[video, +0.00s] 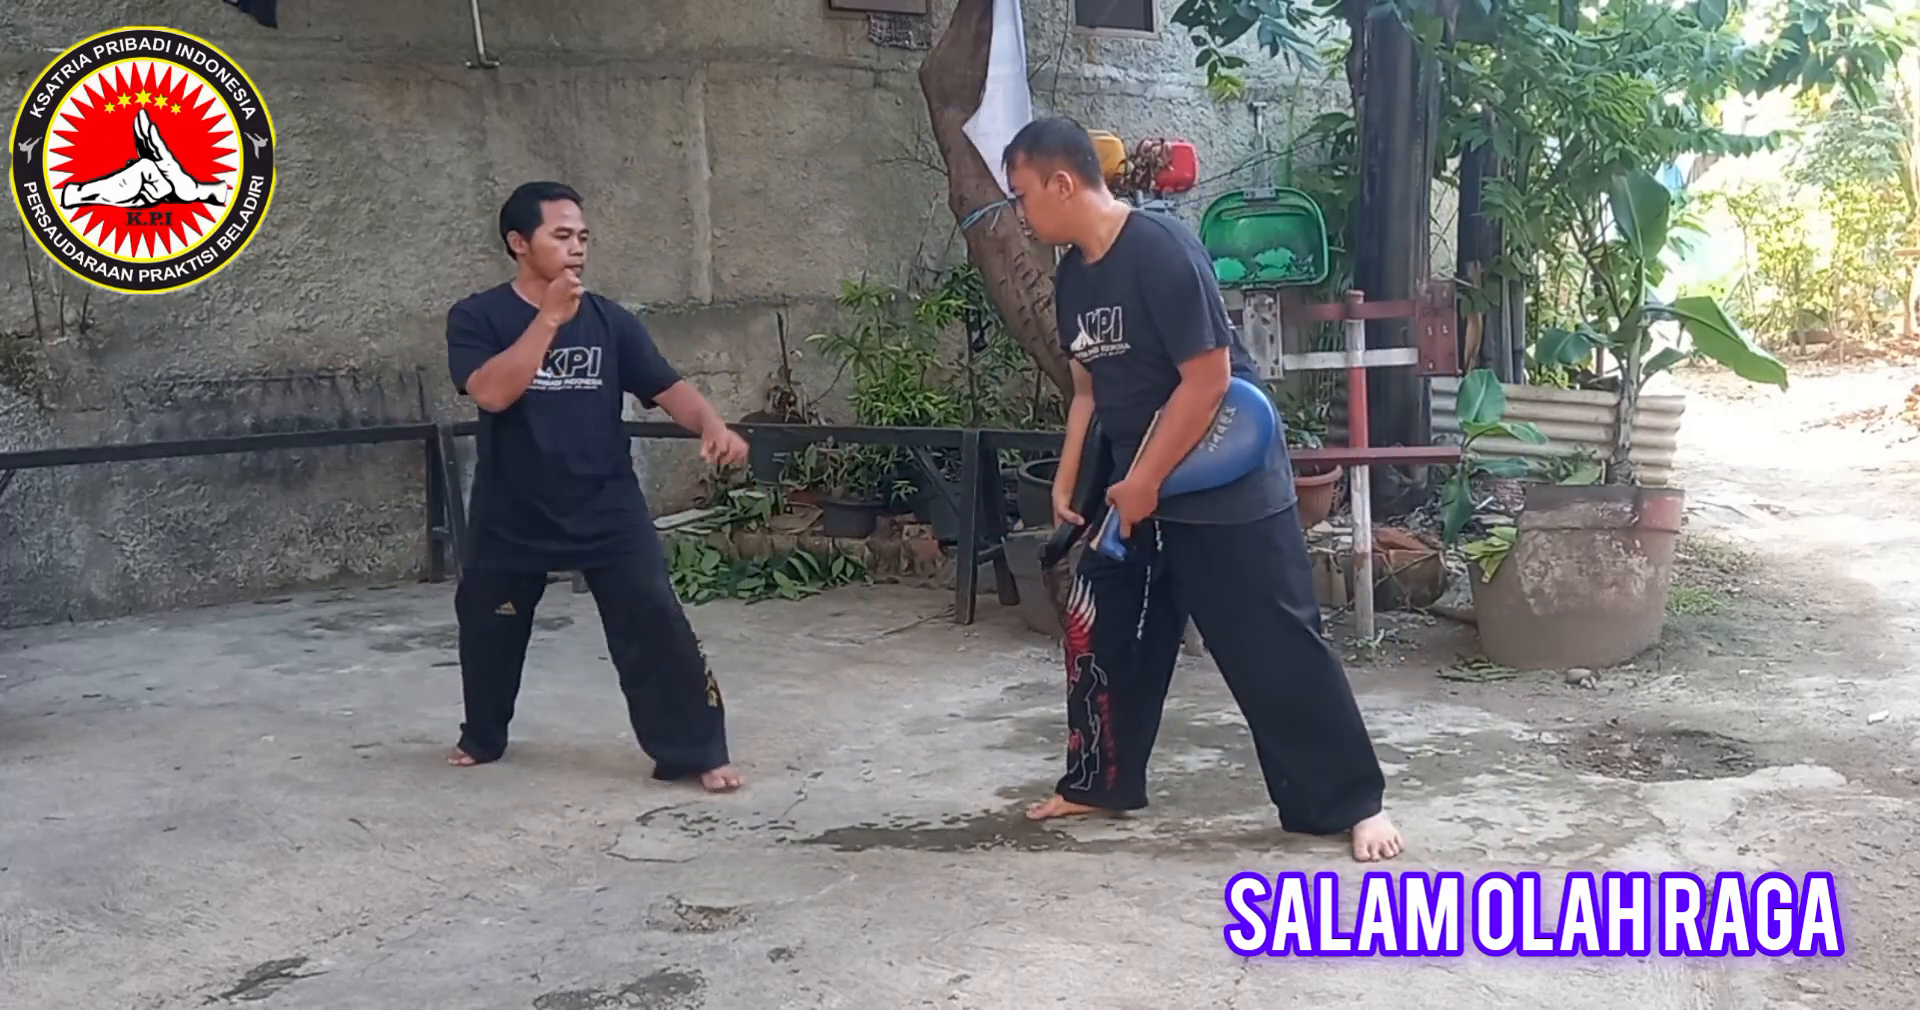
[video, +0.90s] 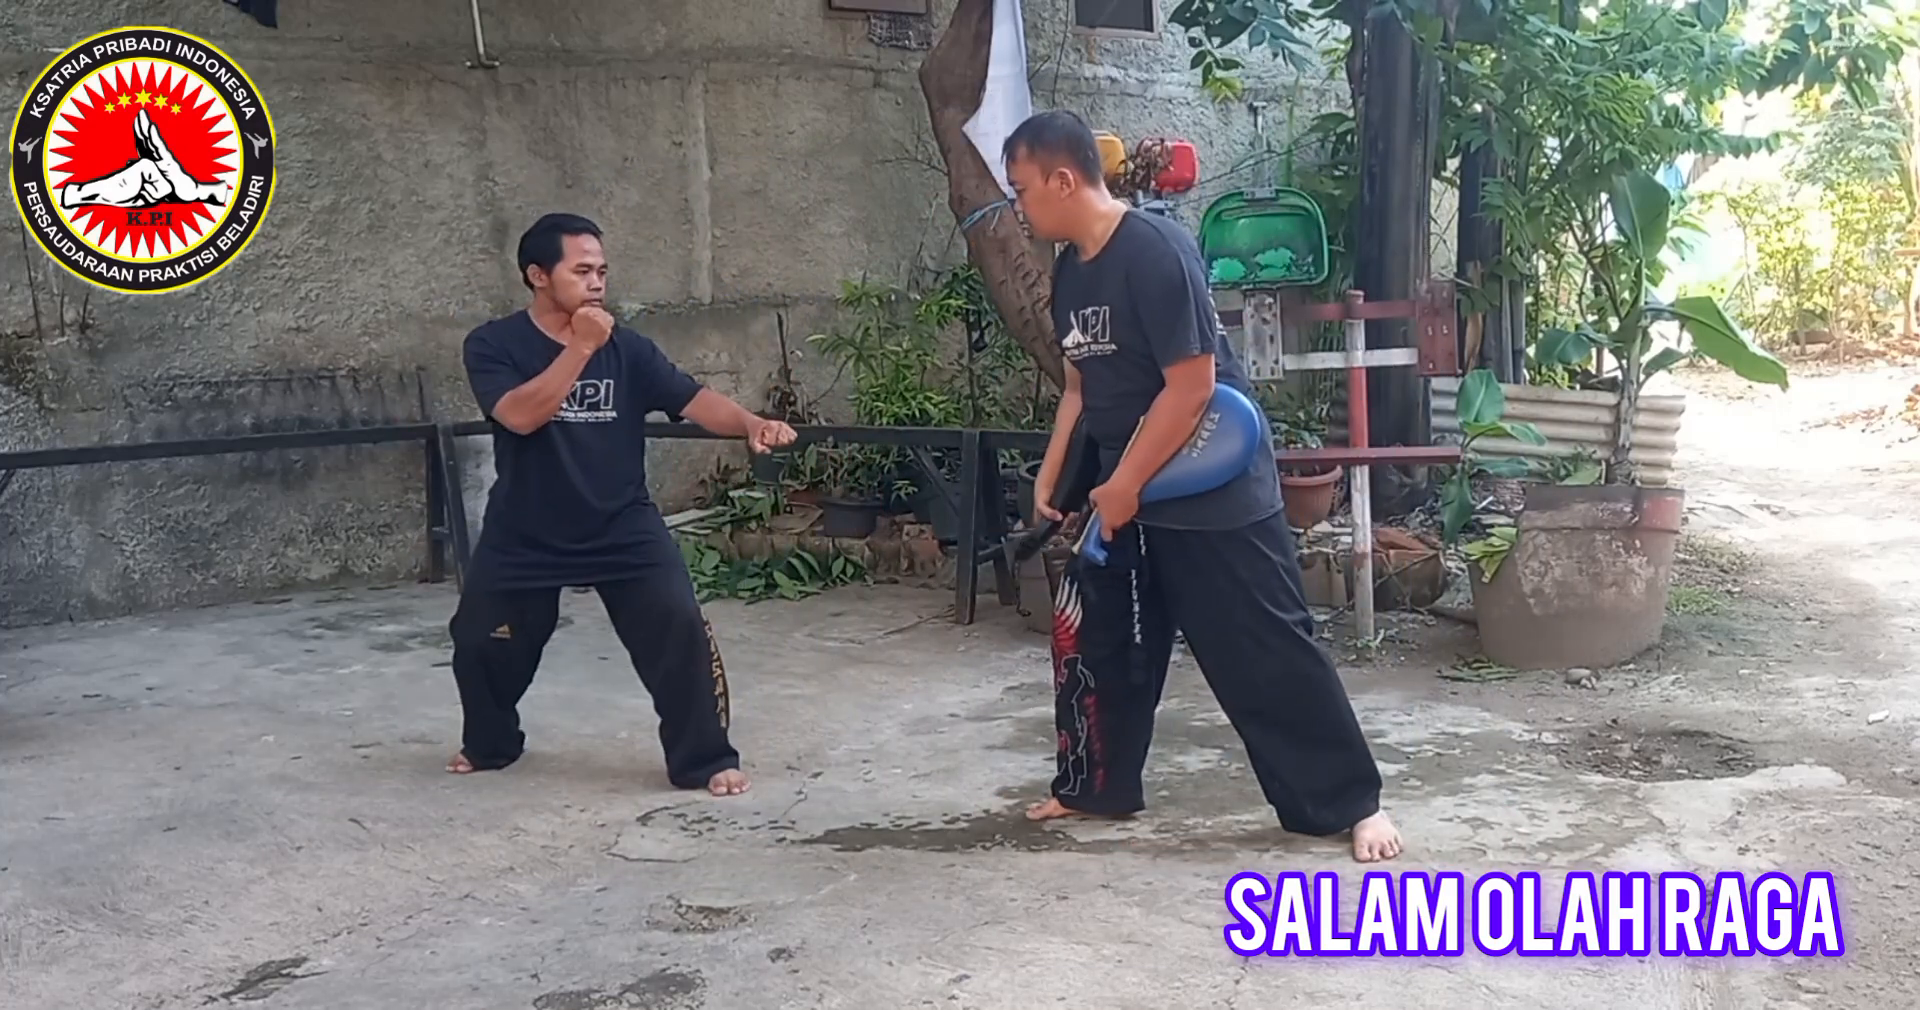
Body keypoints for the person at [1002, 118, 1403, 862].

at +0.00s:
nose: (1021, 217)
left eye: (1022, 199)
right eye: (1016, 203)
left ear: (1064, 182)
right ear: (1061, 185)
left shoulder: (1163, 247)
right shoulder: (1073, 271)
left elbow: (1207, 378)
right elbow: (1089, 386)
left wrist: (1145, 477)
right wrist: (1069, 477)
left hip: (1223, 486)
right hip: (1136, 491)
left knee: (1279, 640)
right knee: (1113, 638)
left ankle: (1361, 805)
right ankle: (1102, 783)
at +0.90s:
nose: (1018, 209)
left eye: (1020, 192)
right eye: (1015, 195)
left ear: (1064, 179)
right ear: (1062, 181)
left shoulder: (1156, 249)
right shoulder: (1071, 266)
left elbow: (1191, 385)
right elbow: (1081, 386)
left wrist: (1127, 481)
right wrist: (1051, 474)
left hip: (1211, 489)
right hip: (1125, 493)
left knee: (1274, 647)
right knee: (1105, 644)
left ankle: (1359, 806)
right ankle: (1099, 787)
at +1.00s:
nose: (1010, 218)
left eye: (1015, 201)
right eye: (1007, 203)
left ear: (1058, 192)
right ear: (1057, 196)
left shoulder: (1155, 259)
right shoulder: (1062, 280)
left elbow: (1203, 386)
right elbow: (1052, 383)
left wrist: (1126, 474)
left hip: (1219, 501)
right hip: (1133, 505)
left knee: (1277, 652)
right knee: (1106, 646)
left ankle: (1367, 802)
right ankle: (1101, 785)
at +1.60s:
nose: (1053, 222)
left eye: (1058, 205)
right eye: (1048, 207)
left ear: (1104, 193)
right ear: (1097, 196)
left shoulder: (1200, 268)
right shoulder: (1087, 278)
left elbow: (1247, 385)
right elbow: (1046, 336)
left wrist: (1153, 452)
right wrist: (964, 287)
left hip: (1252, 501)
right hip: (1153, 499)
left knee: (1316, 646)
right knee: (1110, 638)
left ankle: (1409, 802)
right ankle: (1103, 784)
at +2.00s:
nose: (1105, 206)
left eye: (1111, 188)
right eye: (1101, 191)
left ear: (1168, 175)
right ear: (1157, 181)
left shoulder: (1245, 255)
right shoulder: (1152, 252)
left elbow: (1274, 383)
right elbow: (1114, 333)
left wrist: (1172, 442)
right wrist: (1038, 303)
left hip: (1273, 499)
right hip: (1185, 492)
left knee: (1323, 652)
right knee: (1149, 637)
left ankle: (1410, 806)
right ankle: (1121, 781)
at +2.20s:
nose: (1166, 178)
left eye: (1177, 163)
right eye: (1164, 163)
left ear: (1233, 161)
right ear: (1216, 163)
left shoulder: (1298, 250)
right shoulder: (1211, 234)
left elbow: (1321, 384)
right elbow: (1224, 357)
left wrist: (1216, 437)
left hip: (1293, 500)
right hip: (1213, 487)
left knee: (1331, 656)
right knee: (1170, 638)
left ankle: (1410, 810)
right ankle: (1130, 779)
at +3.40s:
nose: (1139, 176)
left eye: (1148, 159)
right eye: (1134, 161)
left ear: (1202, 145)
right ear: (1168, 154)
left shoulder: (1298, 220)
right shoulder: (1154, 230)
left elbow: (1348, 341)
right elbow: (1133, 323)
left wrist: (1302, 436)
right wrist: (1096, 406)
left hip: (1296, 474)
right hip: (1187, 472)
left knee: (1330, 638)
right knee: (1135, 611)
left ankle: (1357, 801)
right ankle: (1115, 768)